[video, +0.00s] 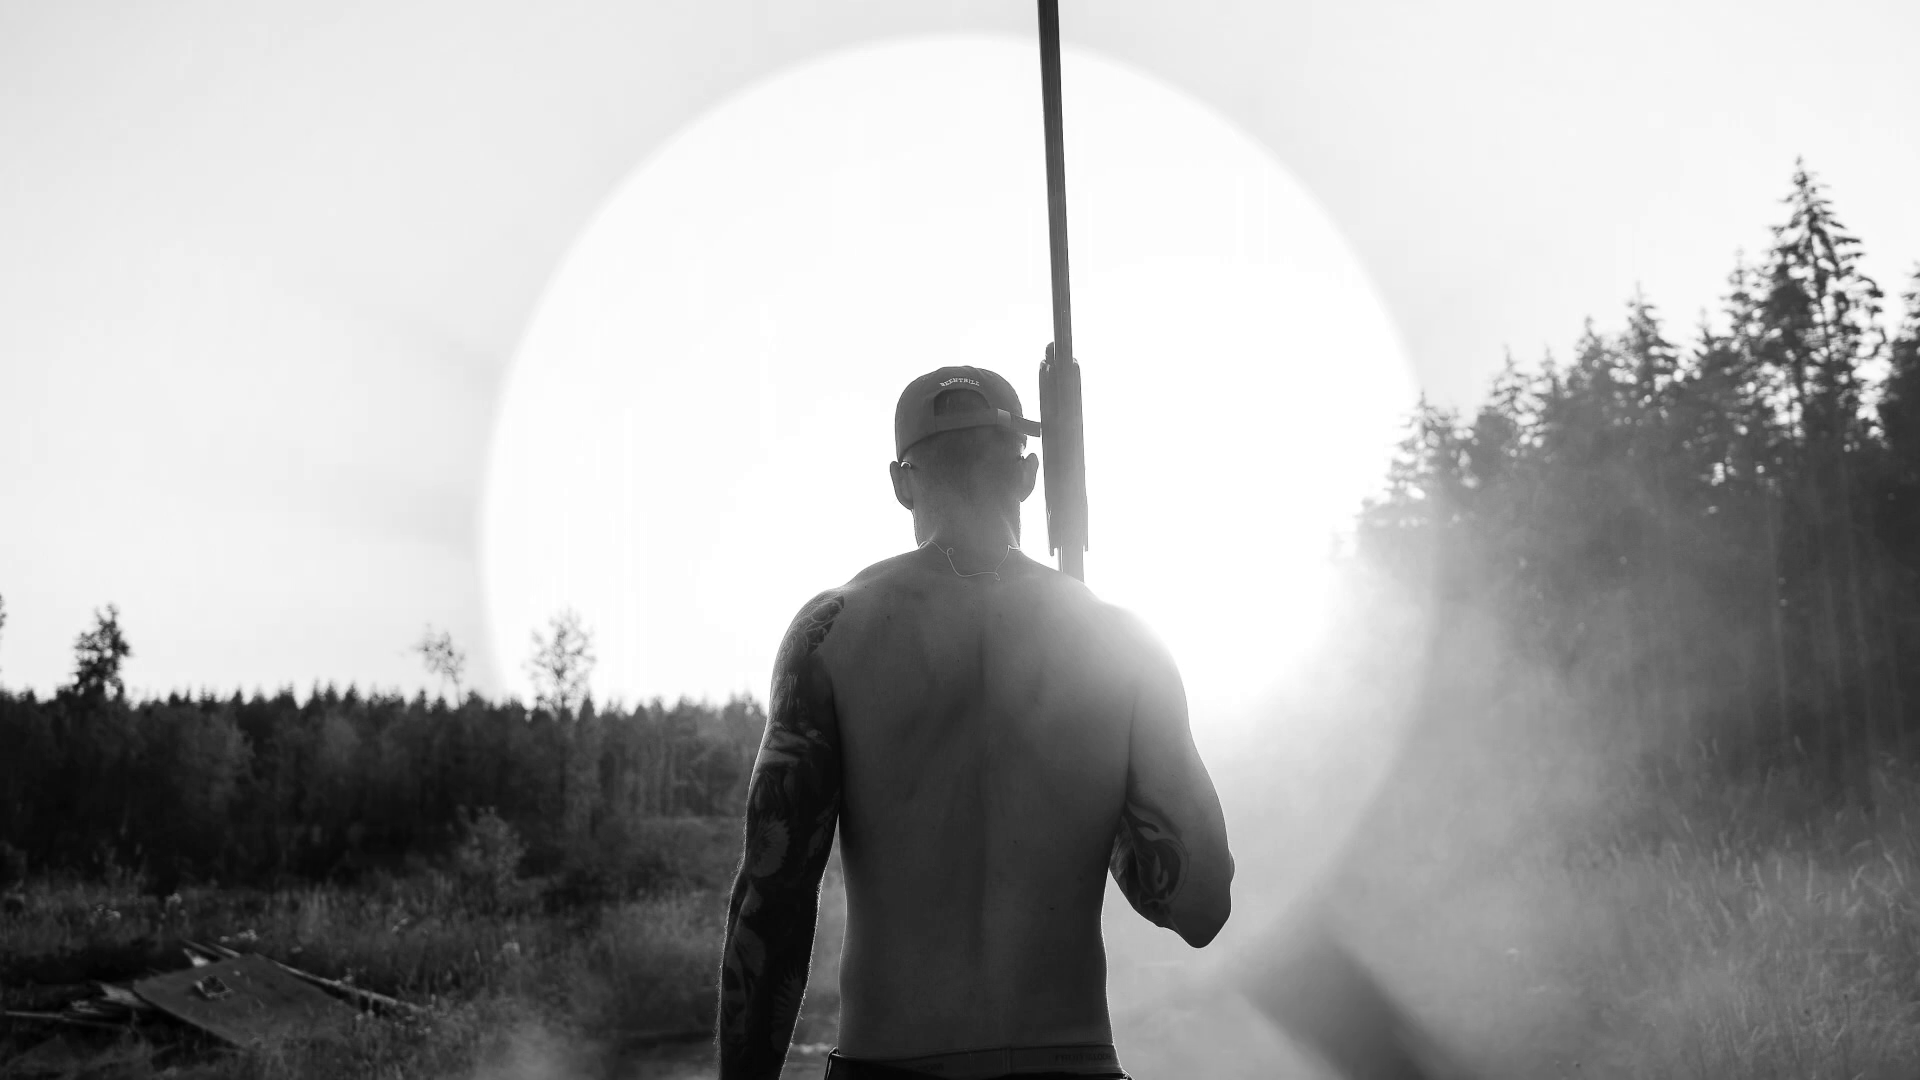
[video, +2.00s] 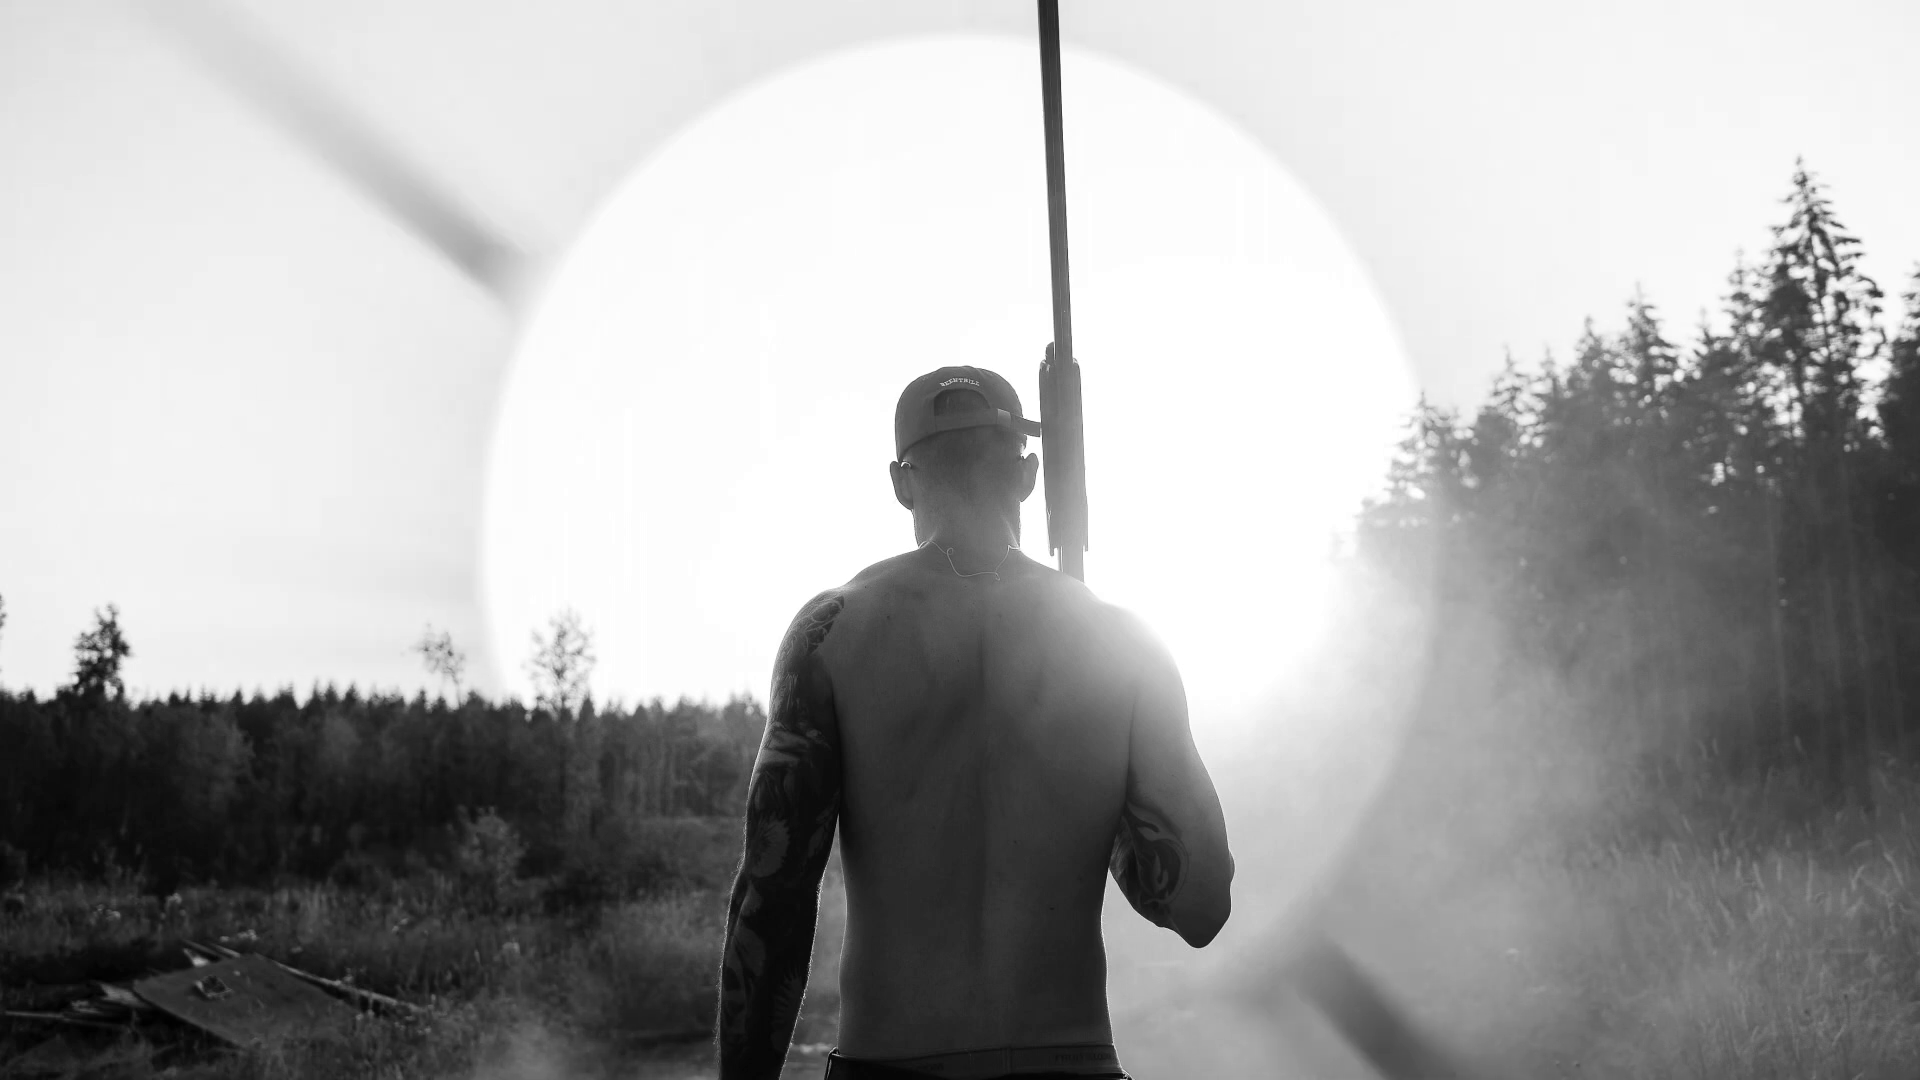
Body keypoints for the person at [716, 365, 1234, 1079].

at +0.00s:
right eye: (1018, 451)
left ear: (902, 484)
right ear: (1028, 476)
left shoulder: (832, 630)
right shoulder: (1122, 641)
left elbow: (773, 886)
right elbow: (1201, 904)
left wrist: (748, 1063)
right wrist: (1100, 803)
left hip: (885, 1045)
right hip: (1066, 1045)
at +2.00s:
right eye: (1018, 452)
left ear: (902, 484)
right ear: (1027, 476)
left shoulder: (832, 630)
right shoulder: (1121, 641)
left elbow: (773, 886)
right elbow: (1201, 904)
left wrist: (748, 1063)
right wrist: (1101, 803)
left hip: (885, 1045)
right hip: (1066, 1045)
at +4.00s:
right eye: (1018, 452)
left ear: (902, 484)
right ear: (1027, 476)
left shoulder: (832, 630)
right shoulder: (1121, 641)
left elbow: (773, 886)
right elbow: (1201, 904)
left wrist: (748, 1063)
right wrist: (1101, 804)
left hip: (885, 1045)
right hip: (1066, 1045)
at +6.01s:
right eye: (1015, 448)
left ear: (903, 486)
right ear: (1028, 477)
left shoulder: (831, 630)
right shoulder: (1121, 641)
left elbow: (773, 886)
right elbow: (1201, 905)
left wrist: (747, 1063)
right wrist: (1101, 800)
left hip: (886, 1046)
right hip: (1068, 1046)